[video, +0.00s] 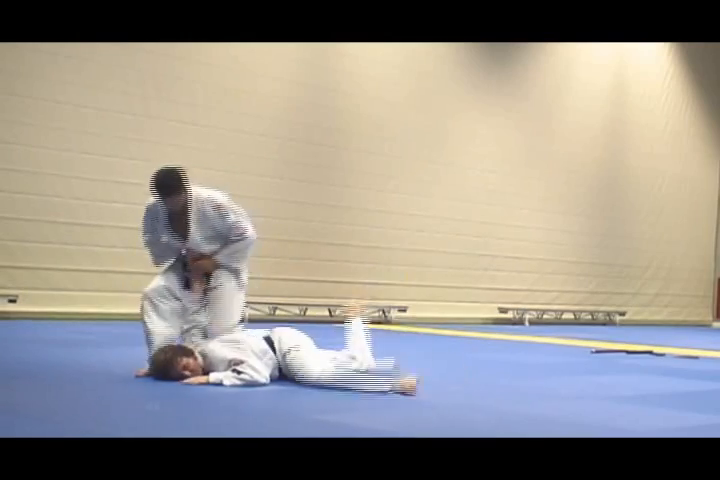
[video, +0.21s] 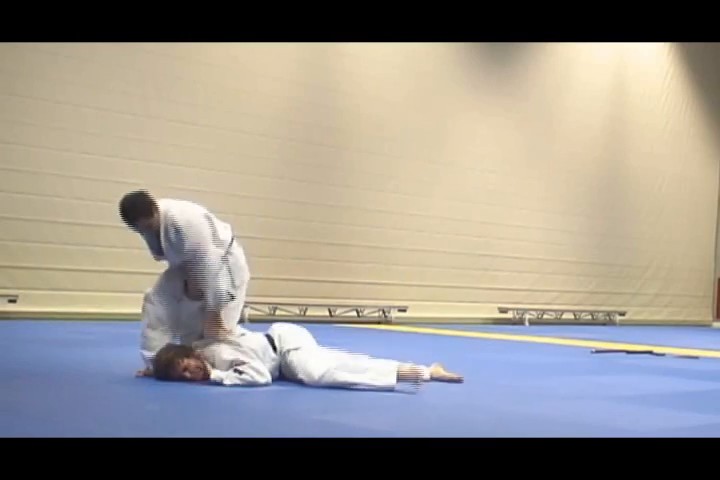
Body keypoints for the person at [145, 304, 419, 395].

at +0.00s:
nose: (189, 375)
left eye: (185, 370)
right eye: (181, 374)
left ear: (189, 356)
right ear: (182, 359)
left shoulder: (217, 353)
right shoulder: (200, 351)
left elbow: (259, 375)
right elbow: (173, 355)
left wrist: (210, 380)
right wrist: (155, 368)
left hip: (282, 342)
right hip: (280, 355)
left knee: (311, 374)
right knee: (357, 363)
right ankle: (355, 320)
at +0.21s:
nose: (192, 373)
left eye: (189, 366)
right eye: (184, 373)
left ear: (192, 354)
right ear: (179, 373)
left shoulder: (218, 347)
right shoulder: (204, 356)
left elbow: (260, 375)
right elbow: (175, 360)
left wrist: (215, 377)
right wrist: (157, 369)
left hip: (282, 340)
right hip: (280, 353)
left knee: (315, 372)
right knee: (344, 364)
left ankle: (400, 375)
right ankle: (422, 370)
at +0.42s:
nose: (190, 374)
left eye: (188, 367)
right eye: (182, 374)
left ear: (192, 356)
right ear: (179, 373)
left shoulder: (216, 351)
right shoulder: (199, 358)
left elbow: (259, 374)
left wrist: (216, 381)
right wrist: (157, 369)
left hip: (283, 345)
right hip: (281, 352)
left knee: (316, 372)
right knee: (351, 365)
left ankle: (398, 380)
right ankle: (425, 369)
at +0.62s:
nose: (189, 373)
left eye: (187, 366)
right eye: (181, 373)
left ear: (192, 357)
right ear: (178, 372)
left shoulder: (216, 353)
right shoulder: (198, 359)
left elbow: (260, 374)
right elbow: (174, 359)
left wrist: (216, 381)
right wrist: (156, 368)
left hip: (282, 346)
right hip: (281, 352)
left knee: (316, 373)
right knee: (352, 365)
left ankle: (400, 381)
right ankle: (427, 368)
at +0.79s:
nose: (190, 374)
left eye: (187, 367)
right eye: (182, 374)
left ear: (191, 357)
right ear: (179, 374)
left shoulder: (216, 352)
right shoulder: (202, 360)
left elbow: (259, 373)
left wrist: (214, 380)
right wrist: (157, 369)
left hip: (281, 347)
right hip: (280, 352)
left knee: (315, 373)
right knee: (351, 364)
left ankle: (399, 381)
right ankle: (426, 369)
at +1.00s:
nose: (188, 374)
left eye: (185, 368)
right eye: (181, 374)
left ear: (189, 357)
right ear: (180, 368)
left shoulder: (215, 353)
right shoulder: (201, 356)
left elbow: (259, 374)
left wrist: (214, 378)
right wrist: (159, 369)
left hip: (281, 348)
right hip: (281, 352)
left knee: (314, 373)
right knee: (353, 363)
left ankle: (397, 381)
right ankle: (428, 368)